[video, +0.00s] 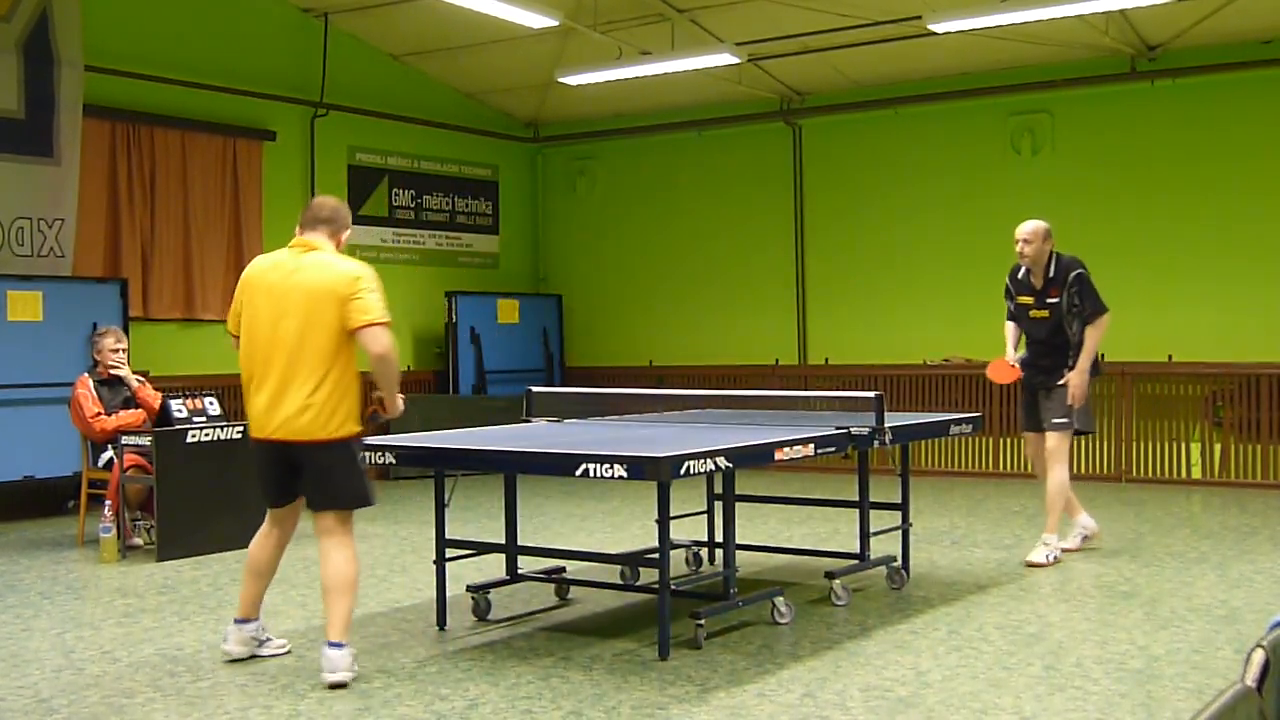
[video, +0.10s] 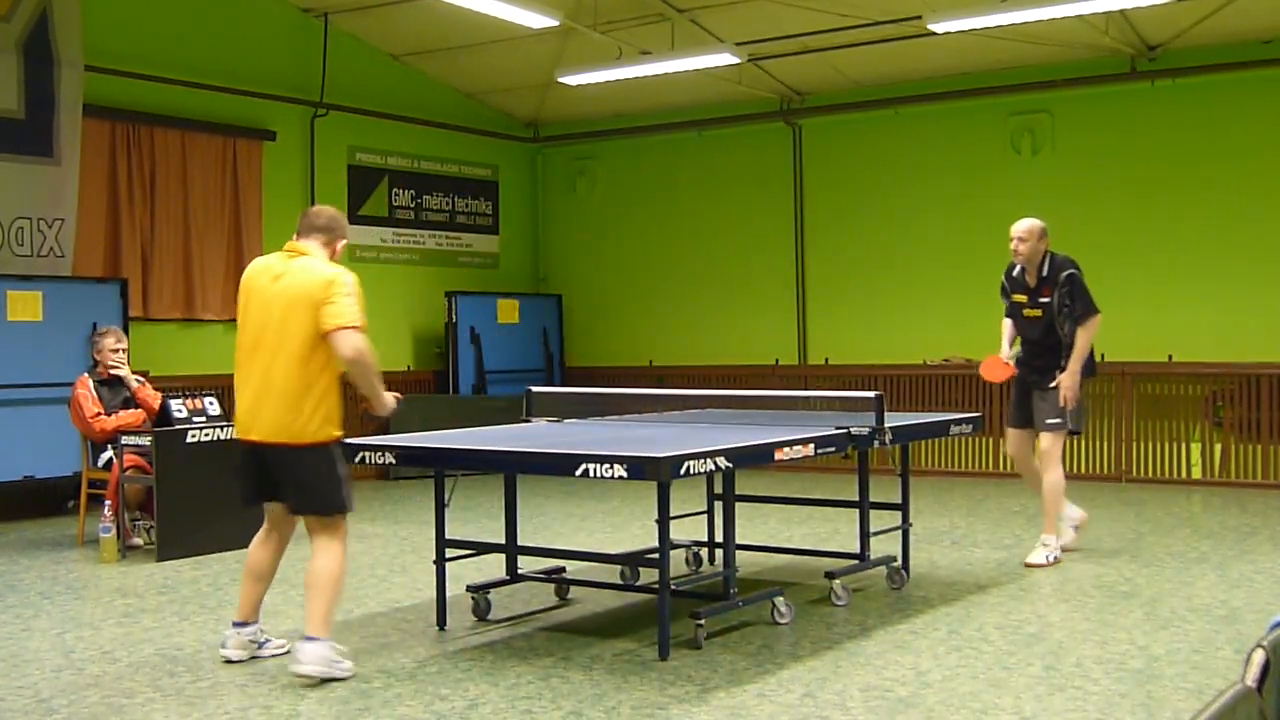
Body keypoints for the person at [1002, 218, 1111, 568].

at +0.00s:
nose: (1020, 248)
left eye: (1027, 242)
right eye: (1017, 242)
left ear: (1047, 245)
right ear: (1016, 245)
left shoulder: (1070, 272)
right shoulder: (1016, 276)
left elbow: (1099, 319)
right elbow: (1012, 318)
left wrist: (1082, 370)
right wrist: (1010, 351)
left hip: (1063, 372)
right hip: (1031, 372)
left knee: (1057, 455)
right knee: (1038, 456)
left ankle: (1050, 540)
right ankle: (1082, 521)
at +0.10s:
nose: (1014, 246)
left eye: (1022, 240)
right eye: (1012, 240)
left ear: (1042, 244)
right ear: (1011, 243)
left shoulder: (1064, 271)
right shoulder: (1012, 274)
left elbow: (1090, 319)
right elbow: (1010, 315)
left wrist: (1073, 372)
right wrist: (1005, 347)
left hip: (1056, 373)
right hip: (1025, 371)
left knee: (1049, 454)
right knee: (1017, 451)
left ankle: (1049, 541)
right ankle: (1067, 513)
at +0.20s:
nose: (1005, 244)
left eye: (1012, 238)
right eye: (1002, 238)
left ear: (1032, 242)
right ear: (1000, 242)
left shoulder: (1052, 271)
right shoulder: (1003, 272)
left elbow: (1077, 322)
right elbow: (1005, 309)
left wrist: (1062, 372)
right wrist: (996, 340)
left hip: (1051, 370)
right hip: (1019, 367)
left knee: (1046, 452)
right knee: (999, 442)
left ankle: (1049, 540)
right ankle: (1036, 510)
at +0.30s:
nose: (1000, 245)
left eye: (1007, 239)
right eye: (996, 240)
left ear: (1025, 242)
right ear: (992, 244)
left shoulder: (1044, 271)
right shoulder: (996, 273)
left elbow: (1071, 322)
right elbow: (999, 307)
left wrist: (1057, 371)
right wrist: (988, 334)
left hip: (1048, 369)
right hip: (1016, 366)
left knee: (1043, 450)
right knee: (993, 439)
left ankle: (1049, 540)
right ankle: (1012, 517)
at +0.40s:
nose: (989, 251)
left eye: (996, 244)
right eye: (984, 245)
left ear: (1012, 248)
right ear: (979, 250)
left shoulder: (1032, 274)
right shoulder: (982, 278)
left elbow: (1062, 324)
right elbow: (986, 310)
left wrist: (1050, 374)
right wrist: (973, 329)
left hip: (1040, 370)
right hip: (1008, 369)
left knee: (1039, 451)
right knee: (988, 443)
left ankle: (1048, 541)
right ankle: (970, 523)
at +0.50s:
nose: (981, 256)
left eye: (988, 250)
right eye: (976, 251)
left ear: (1003, 252)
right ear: (971, 255)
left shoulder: (1025, 279)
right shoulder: (973, 283)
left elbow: (1056, 328)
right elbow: (976, 316)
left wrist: (1046, 378)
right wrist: (962, 332)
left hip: (1036, 371)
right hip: (1002, 370)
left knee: (1034, 450)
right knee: (981, 444)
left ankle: (1047, 542)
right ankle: (958, 526)